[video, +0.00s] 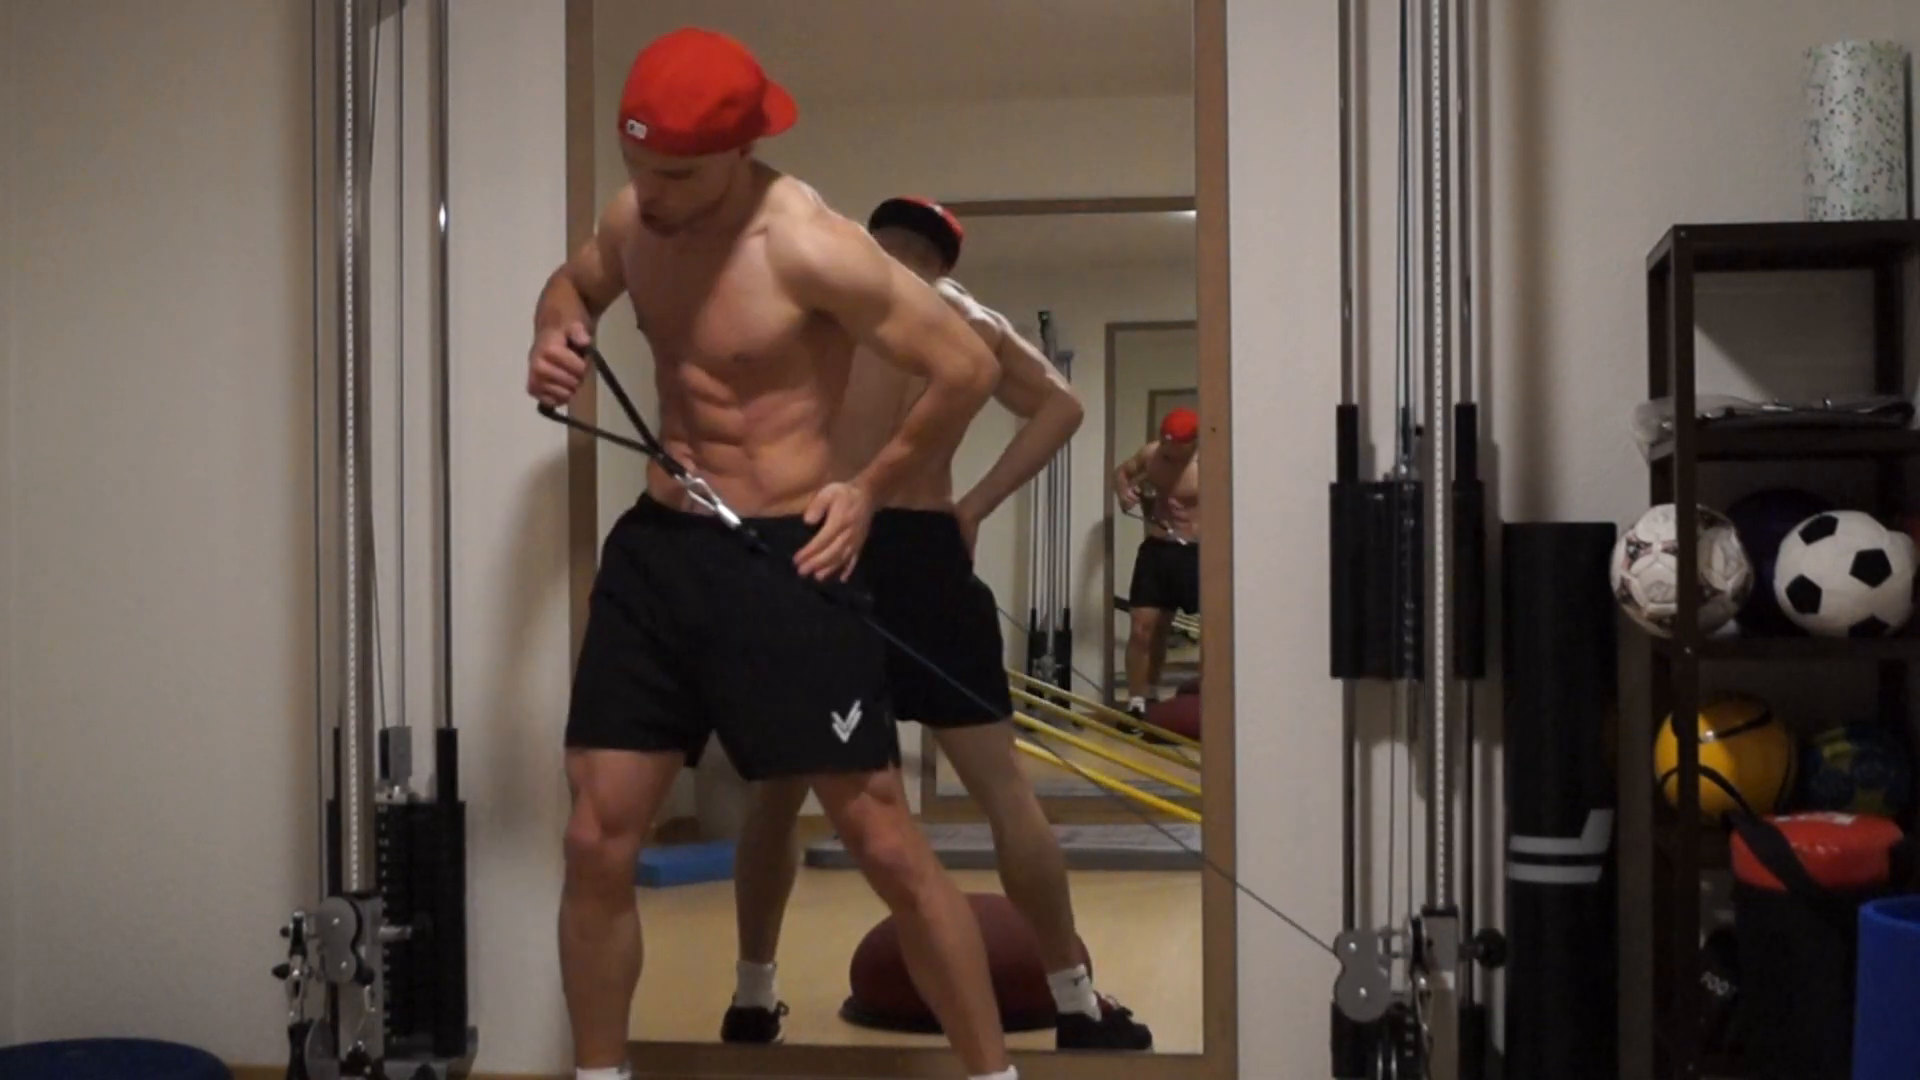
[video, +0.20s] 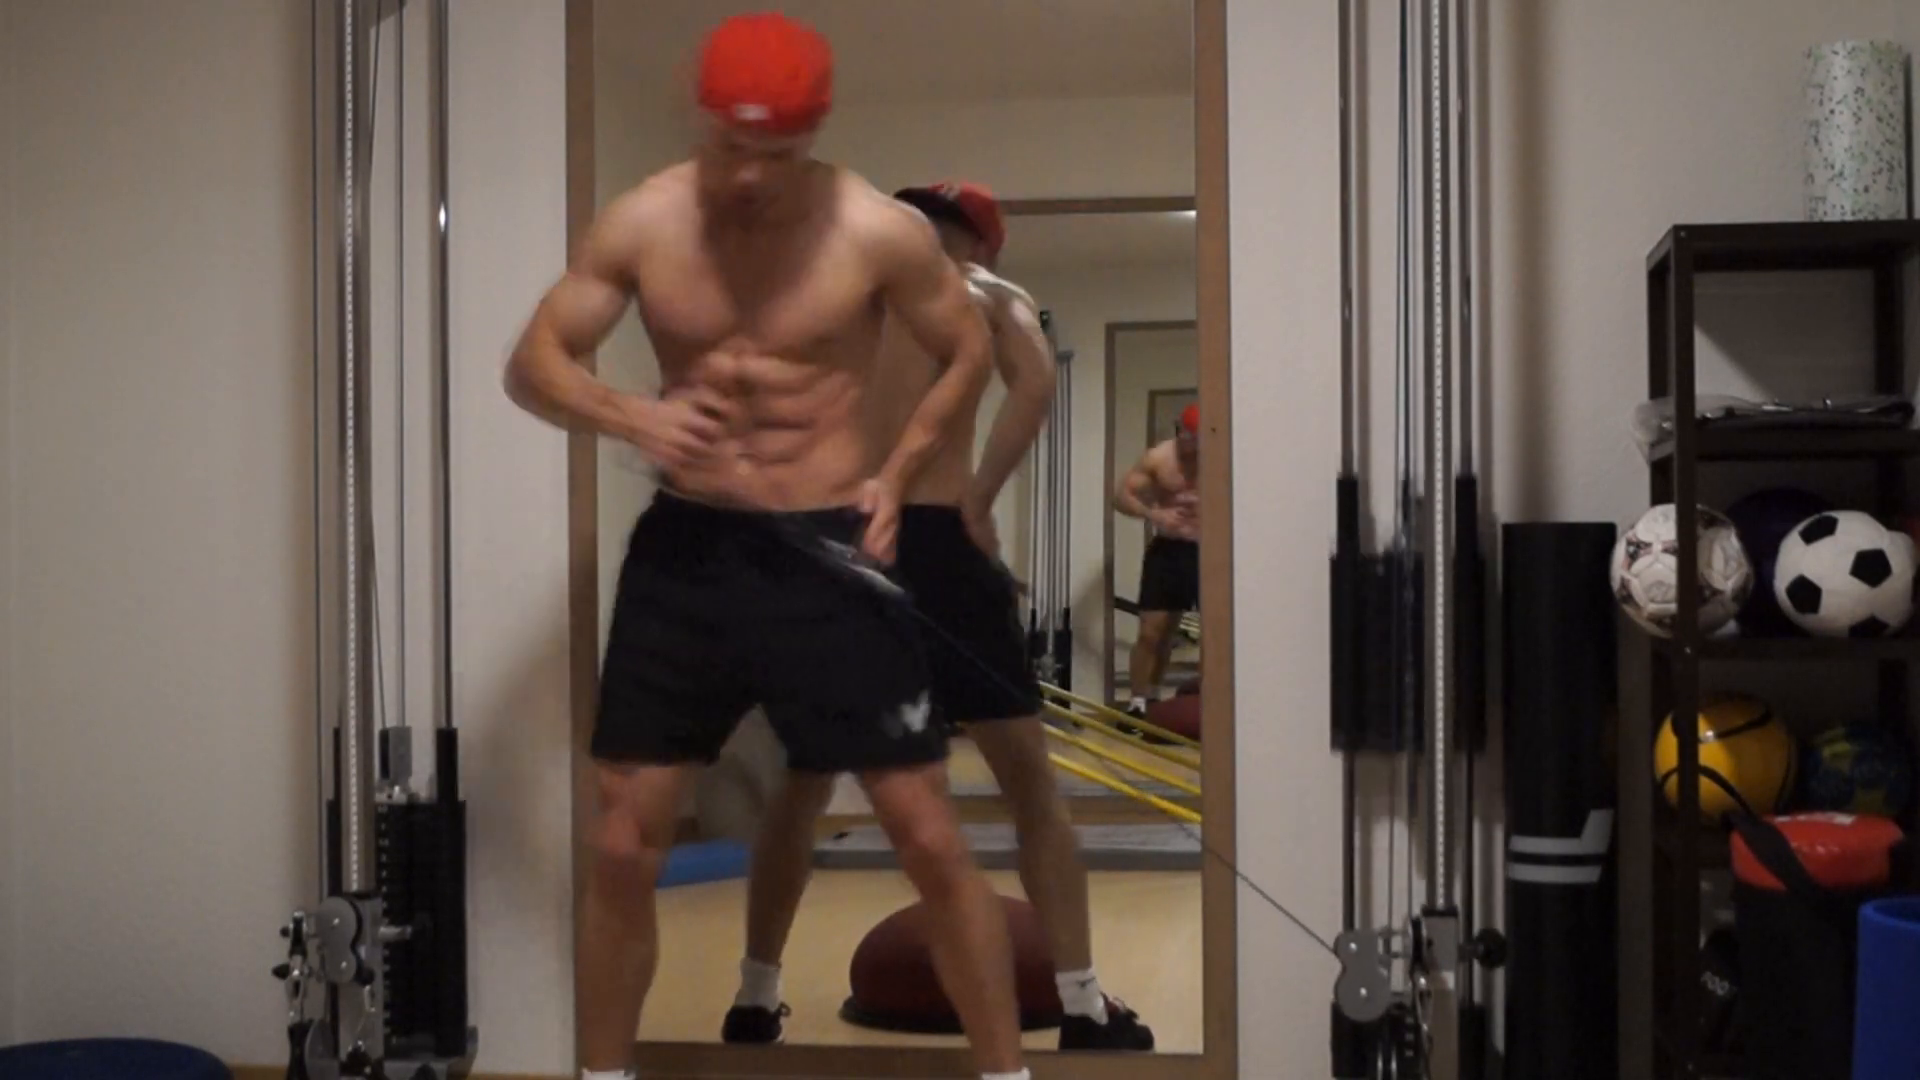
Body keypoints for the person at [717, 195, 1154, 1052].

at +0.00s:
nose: (903, 271)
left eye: (904, 254)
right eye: (909, 256)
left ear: (864, 245)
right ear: (942, 264)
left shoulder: (805, 304)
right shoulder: (960, 315)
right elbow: (1058, 405)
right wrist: (973, 506)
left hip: (804, 554)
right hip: (920, 555)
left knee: (774, 791)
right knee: (1006, 791)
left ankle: (753, 996)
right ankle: (1077, 1002)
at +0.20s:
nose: (981, 266)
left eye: (976, 254)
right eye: (981, 253)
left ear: (900, 229)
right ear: (970, 246)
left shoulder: (835, 285)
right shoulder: (990, 295)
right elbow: (1036, 384)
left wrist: (818, 489)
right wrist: (980, 496)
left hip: (829, 546)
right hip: (940, 545)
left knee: (801, 789)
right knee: (1031, 783)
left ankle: (757, 995)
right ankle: (1081, 1002)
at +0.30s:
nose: (1021, 277)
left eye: (1020, 263)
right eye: (1024, 263)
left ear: (943, 226)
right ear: (1003, 241)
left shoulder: (881, 287)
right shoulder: (1006, 292)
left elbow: (865, 417)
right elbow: (983, 387)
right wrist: (974, 505)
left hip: (864, 544)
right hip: (955, 544)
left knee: (822, 786)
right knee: (1044, 776)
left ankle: (760, 995)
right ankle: (1083, 1004)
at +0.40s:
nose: (1060, 285)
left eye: (1069, 269)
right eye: (1061, 264)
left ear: (1009, 239)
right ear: (1021, 238)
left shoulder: (948, 288)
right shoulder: (981, 281)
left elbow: (945, 473)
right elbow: (913, 407)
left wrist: (1030, 540)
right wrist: (941, 511)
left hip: (889, 559)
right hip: (961, 555)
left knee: (846, 788)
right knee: (1058, 780)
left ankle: (764, 994)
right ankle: (1085, 1006)